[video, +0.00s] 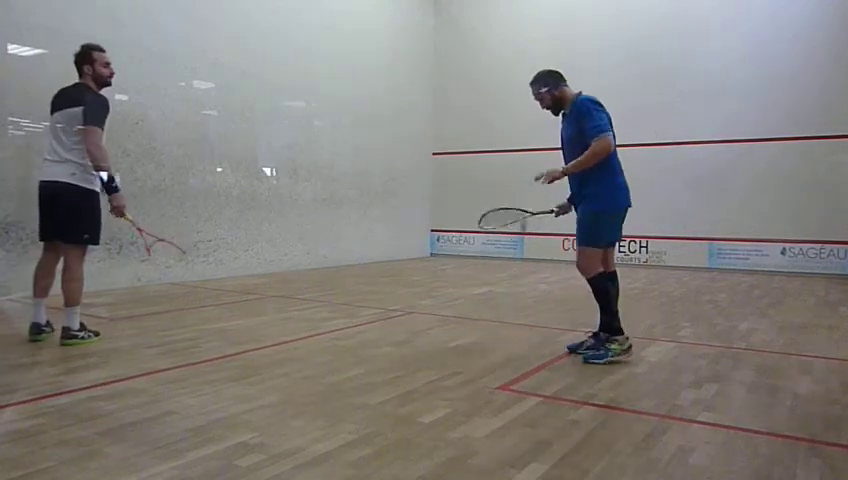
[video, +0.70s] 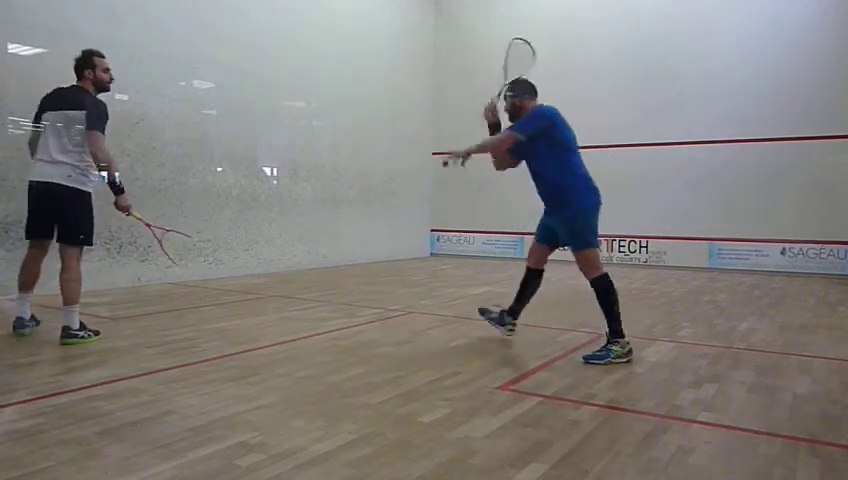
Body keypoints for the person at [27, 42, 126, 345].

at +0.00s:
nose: (111, 70)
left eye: (110, 65)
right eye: (105, 65)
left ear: (84, 70)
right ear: (87, 68)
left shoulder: (59, 96)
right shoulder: (95, 100)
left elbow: (64, 144)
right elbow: (94, 146)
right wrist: (114, 190)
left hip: (49, 185)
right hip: (78, 188)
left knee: (50, 252)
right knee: (74, 258)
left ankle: (37, 321)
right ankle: (72, 327)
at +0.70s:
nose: (111, 76)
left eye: (110, 70)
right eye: (105, 71)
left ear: (82, 75)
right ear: (88, 74)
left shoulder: (50, 98)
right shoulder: (95, 105)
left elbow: (33, 144)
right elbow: (98, 150)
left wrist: (50, 170)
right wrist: (119, 190)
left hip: (40, 185)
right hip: (74, 190)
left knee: (36, 249)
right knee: (71, 259)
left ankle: (22, 316)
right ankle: (72, 326)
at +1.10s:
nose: (66, 78)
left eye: (64, 73)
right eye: (62, 73)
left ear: (37, 77)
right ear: (50, 76)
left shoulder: (9, 104)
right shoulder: (65, 109)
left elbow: (1, 143)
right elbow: (82, 155)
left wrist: (4, 173)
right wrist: (82, 174)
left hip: (13, 190)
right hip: (53, 192)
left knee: (15, 251)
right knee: (67, 253)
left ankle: (11, 315)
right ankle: (70, 307)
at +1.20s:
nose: (56, 76)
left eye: (53, 71)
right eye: (52, 71)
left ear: (27, 78)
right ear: (42, 76)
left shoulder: (5, 102)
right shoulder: (59, 108)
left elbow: (3, 143)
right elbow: (75, 154)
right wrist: (65, 162)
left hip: (10, 189)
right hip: (48, 191)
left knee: (11, 249)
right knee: (60, 247)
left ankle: (10, 314)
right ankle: (62, 303)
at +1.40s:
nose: (45, 76)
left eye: (42, 72)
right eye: (42, 72)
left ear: (16, 78)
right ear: (34, 77)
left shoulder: (3, 102)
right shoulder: (55, 109)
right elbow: (65, 149)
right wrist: (37, 135)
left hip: (8, 187)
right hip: (44, 189)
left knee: (9, 248)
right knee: (41, 245)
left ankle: (10, 312)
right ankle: (46, 306)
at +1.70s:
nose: (48, 105)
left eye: (47, 101)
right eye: (47, 101)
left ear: (25, 101)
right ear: (46, 101)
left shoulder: (13, 119)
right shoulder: (58, 126)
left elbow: (2, 137)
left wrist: (7, 110)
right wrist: (15, 112)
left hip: (22, 195)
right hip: (57, 197)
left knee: (4, 250)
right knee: (40, 243)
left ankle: (9, 308)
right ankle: (42, 301)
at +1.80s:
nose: (32, 112)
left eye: (32, 110)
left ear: (31, 115)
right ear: (54, 118)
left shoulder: (22, 129)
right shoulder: (63, 141)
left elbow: (4, 160)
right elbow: (50, 177)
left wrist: (9, 176)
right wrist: (13, 176)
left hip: (30, 201)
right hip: (63, 206)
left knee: (1, 246)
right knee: (40, 246)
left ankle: (4, 301)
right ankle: (43, 301)